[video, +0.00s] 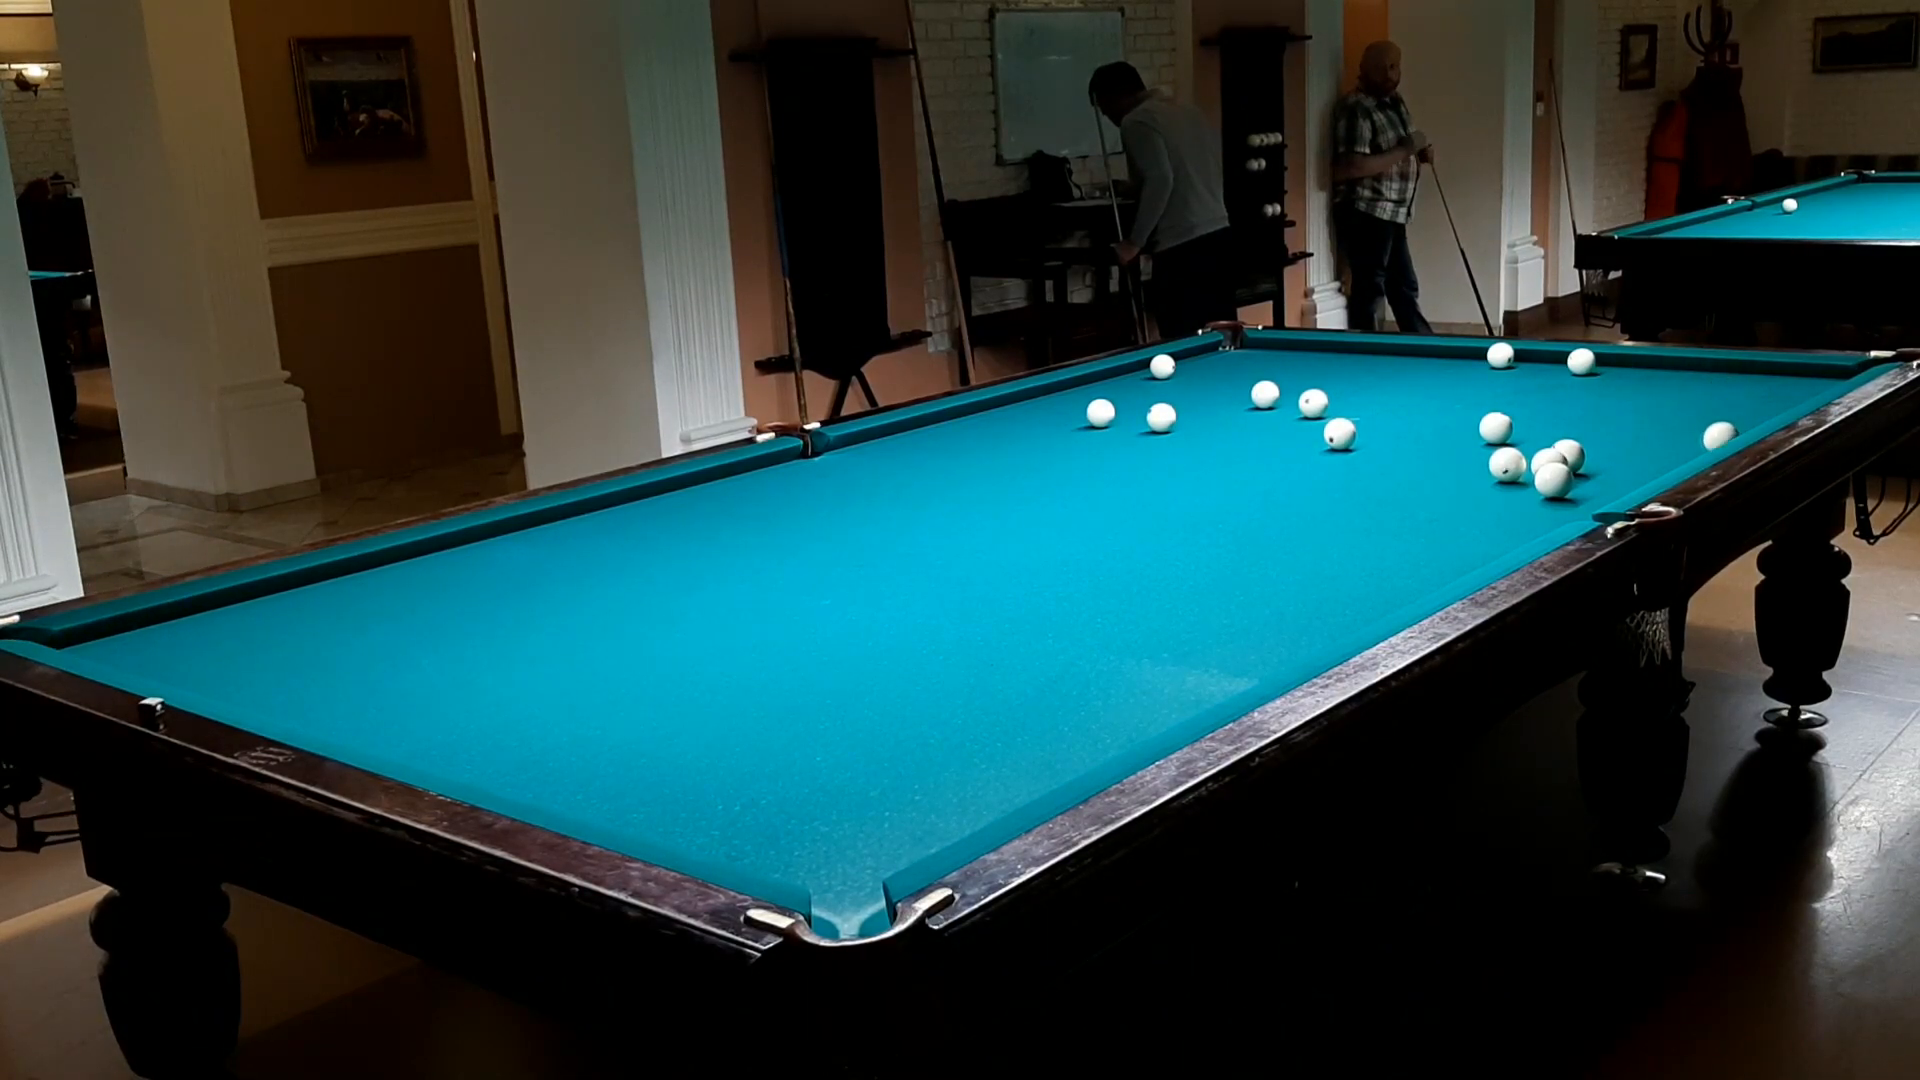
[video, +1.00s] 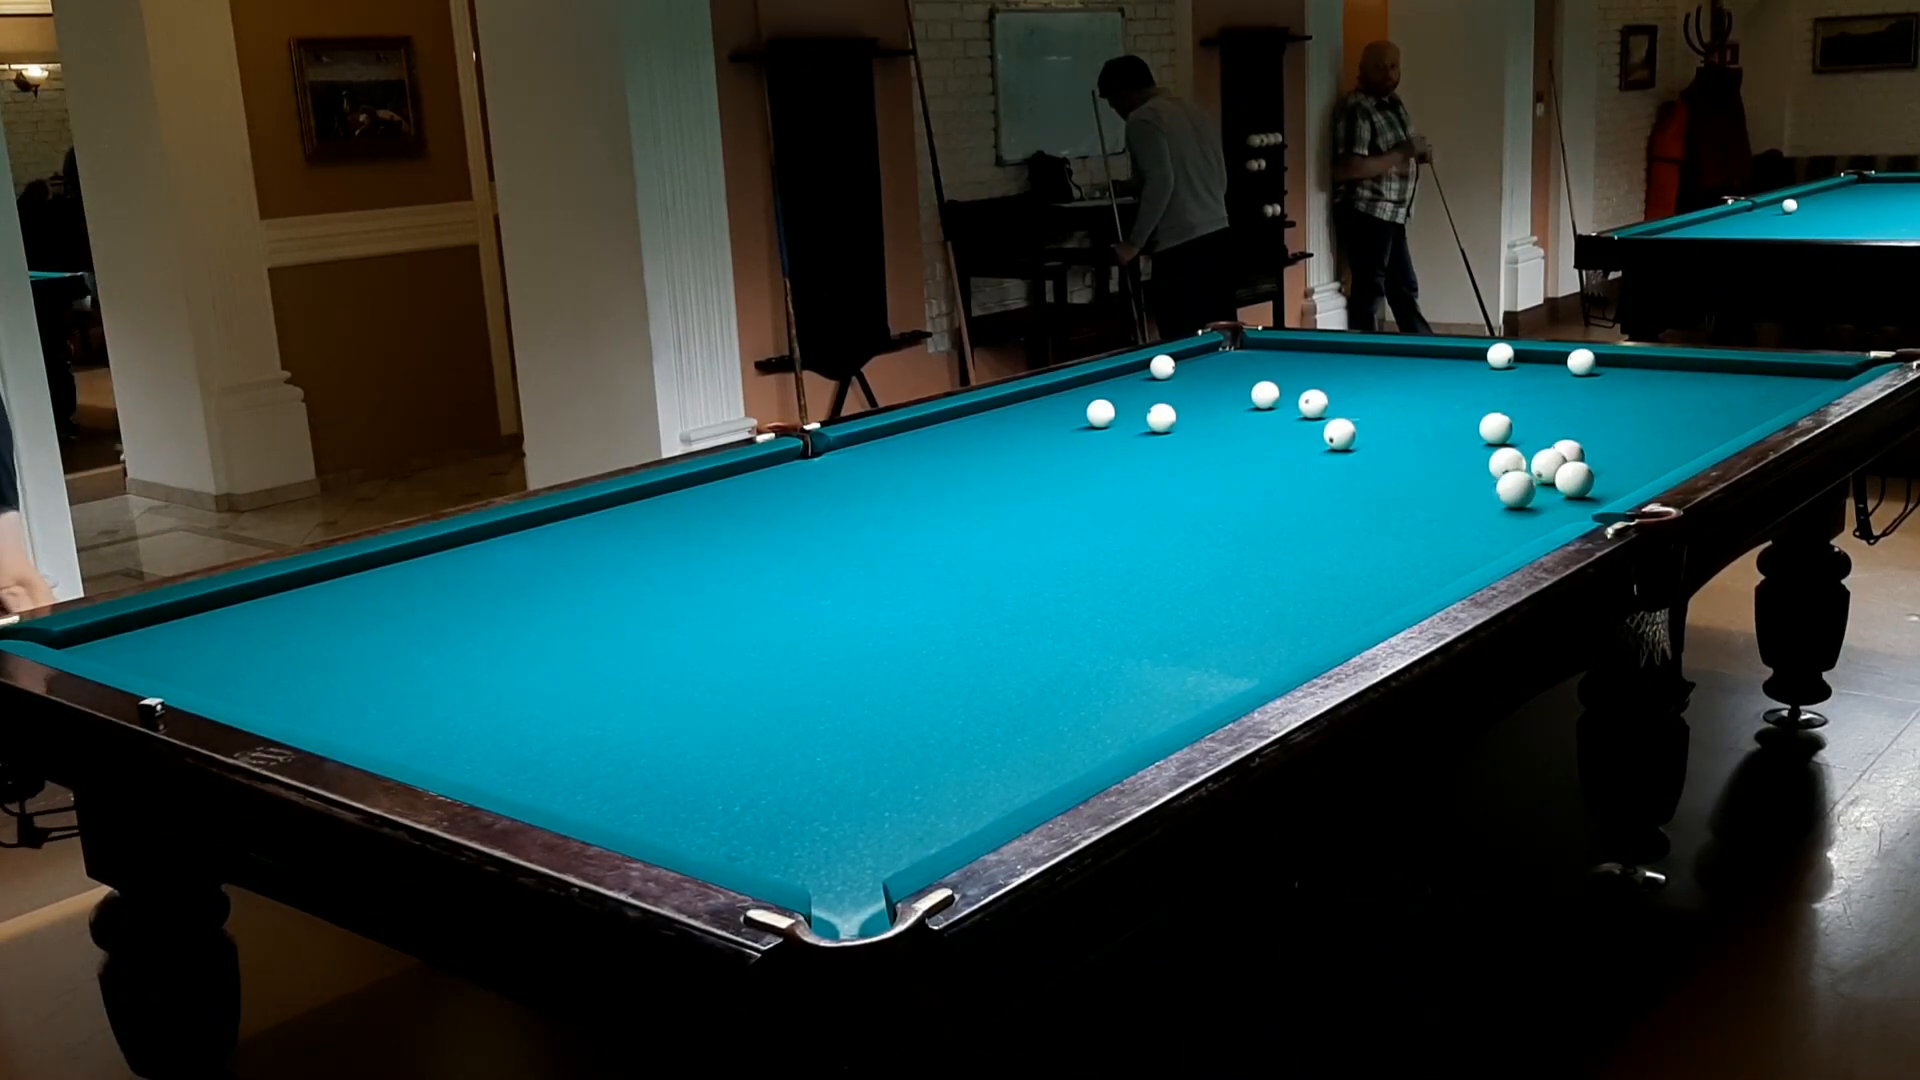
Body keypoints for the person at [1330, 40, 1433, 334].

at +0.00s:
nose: (1394, 75)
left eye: (1397, 67)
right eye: (1387, 68)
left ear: (1400, 68)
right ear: (1367, 69)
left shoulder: (1395, 104)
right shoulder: (1355, 107)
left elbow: (1391, 157)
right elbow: (1352, 166)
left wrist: (1419, 157)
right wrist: (1404, 151)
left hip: (1390, 216)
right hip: (1363, 215)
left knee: (1404, 289)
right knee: (1366, 292)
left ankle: (1425, 352)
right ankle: (1363, 359)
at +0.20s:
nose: (1394, 74)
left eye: (1397, 67)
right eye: (1387, 67)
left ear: (1399, 67)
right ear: (1368, 69)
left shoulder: (1394, 103)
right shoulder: (1355, 107)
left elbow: (1391, 157)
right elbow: (1352, 166)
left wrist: (1418, 156)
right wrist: (1404, 151)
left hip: (1390, 217)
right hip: (1363, 216)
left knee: (1404, 290)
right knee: (1366, 292)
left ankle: (1425, 352)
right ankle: (1363, 359)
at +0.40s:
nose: (1392, 73)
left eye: (1395, 66)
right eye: (1385, 67)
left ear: (1399, 69)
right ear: (1366, 69)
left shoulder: (1394, 104)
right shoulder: (1355, 107)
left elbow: (1392, 153)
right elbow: (1351, 166)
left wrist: (1415, 157)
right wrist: (1400, 161)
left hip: (1390, 217)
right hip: (1363, 216)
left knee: (1404, 290)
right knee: (1366, 293)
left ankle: (1426, 353)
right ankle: (1363, 359)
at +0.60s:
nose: (1391, 74)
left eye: (1395, 67)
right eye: (1384, 67)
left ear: (1399, 69)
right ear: (1366, 69)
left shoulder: (1394, 104)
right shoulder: (1354, 107)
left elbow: (1394, 152)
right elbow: (1350, 167)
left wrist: (1416, 157)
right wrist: (1399, 163)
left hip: (1390, 217)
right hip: (1363, 216)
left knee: (1404, 290)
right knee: (1366, 292)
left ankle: (1425, 353)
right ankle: (1363, 359)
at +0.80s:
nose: (1392, 74)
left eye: (1395, 67)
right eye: (1384, 67)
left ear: (1399, 69)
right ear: (1366, 69)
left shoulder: (1394, 104)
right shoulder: (1355, 107)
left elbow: (1394, 153)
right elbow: (1349, 167)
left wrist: (1414, 157)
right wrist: (1399, 162)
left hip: (1390, 217)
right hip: (1363, 216)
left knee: (1404, 290)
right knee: (1366, 292)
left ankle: (1425, 352)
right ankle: (1363, 358)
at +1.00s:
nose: (1393, 74)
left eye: (1396, 67)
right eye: (1386, 67)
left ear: (1399, 68)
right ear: (1367, 69)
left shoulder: (1393, 104)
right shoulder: (1355, 107)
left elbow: (1391, 153)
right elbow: (1350, 167)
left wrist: (1417, 154)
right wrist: (1398, 156)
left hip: (1390, 216)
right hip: (1364, 215)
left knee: (1404, 289)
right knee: (1366, 292)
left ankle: (1425, 352)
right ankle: (1363, 358)